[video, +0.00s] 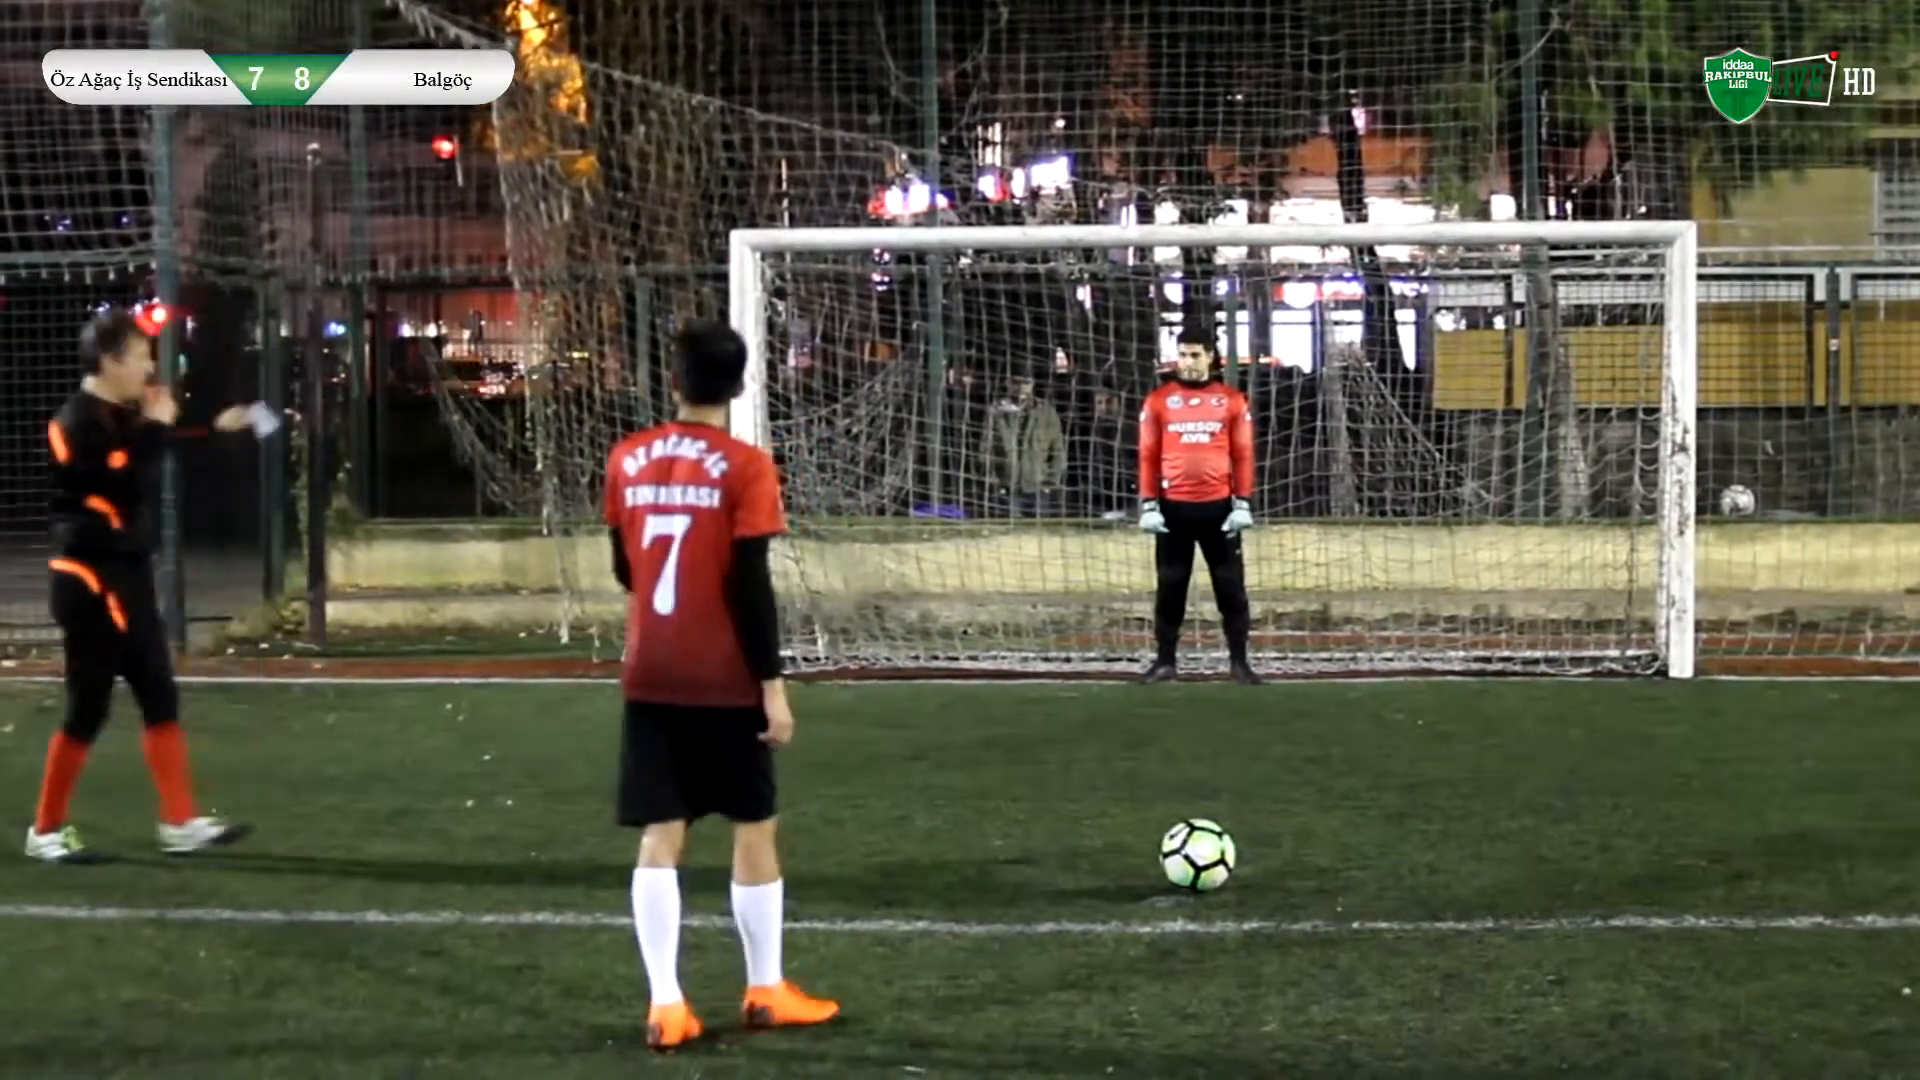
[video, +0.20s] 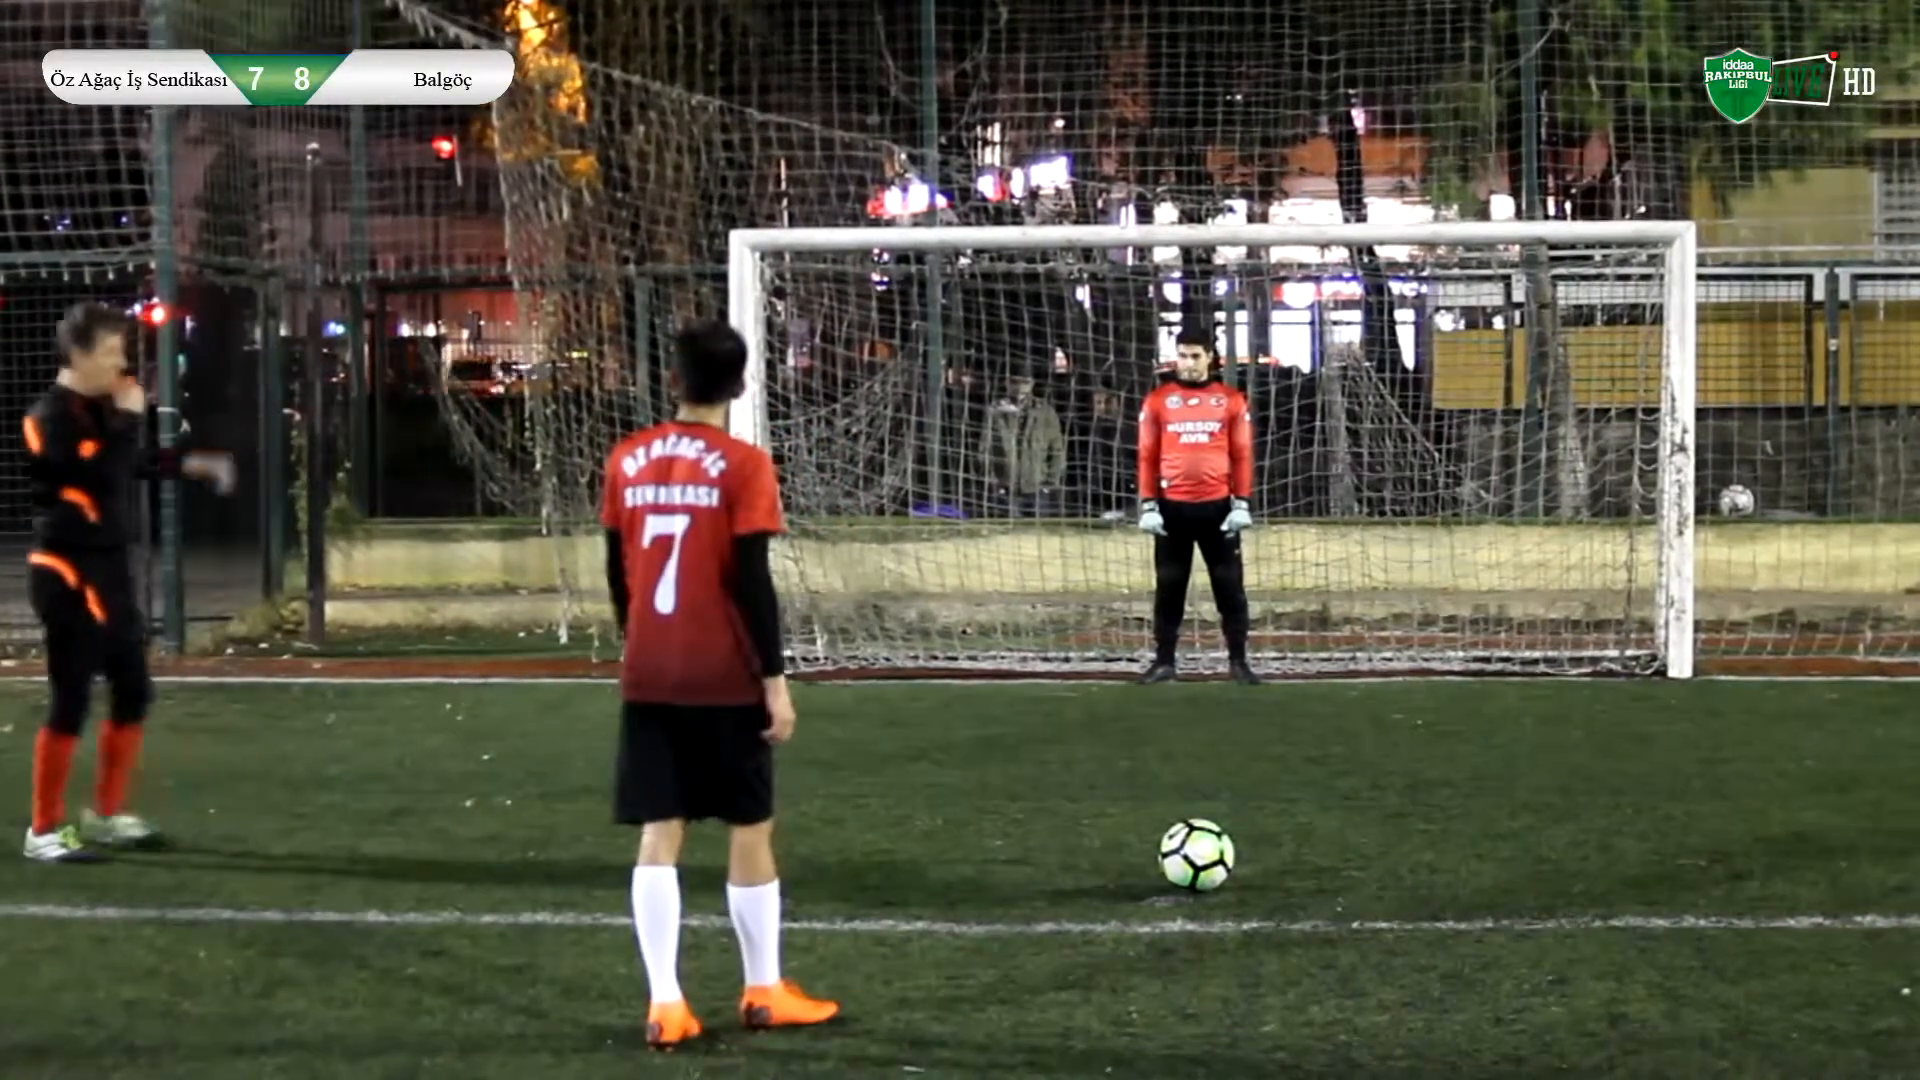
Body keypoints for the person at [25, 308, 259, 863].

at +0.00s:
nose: (149, 370)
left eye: (149, 359)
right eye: (140, 359)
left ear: (124, 362)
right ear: (106, 363)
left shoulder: (126, 415)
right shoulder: (75, 422)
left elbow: (166, 436)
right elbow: (117, 491)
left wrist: (221, 425)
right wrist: (155, 429)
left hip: (128, 575)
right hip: (85, 577)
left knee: (159, 695)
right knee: (88, 706)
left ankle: (180, 820)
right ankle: (47, 829)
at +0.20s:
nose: (123, 365)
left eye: (124, 355)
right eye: (115, 354)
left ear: (107, 359)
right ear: (80, 355)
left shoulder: (107, 411)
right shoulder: (49, 415)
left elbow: (135, 464)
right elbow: (93, 480)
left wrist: (189, 465)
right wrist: (126, 420)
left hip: (109, 568)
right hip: (65, 569)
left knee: (132, 689)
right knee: (70, 696)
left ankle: (108, 813)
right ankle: (45, 829)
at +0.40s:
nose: (97, 364)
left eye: (99, 353)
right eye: (89, 353)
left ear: (80, 355)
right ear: (57, 355)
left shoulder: (81, 412)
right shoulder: (27, 417)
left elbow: (100, 488)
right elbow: (75, 487)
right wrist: (103, 418)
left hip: (86, 565)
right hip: (46, 567)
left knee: (94, 694)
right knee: (65, 695)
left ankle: (47, 806)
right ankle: (42, 832)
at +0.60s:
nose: (78, 368)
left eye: (81, 357)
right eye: (69, 358)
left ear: (75, 359)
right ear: (37, 358)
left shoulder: (70, 411)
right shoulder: (18, 415)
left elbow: (78, 492)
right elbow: (44, 485)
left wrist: (119, 520)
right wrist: (79, 420)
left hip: (69, 568)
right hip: (31, 570)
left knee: (49, 692)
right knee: (63, 697)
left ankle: (6, 779)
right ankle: (42, 829)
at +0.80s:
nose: (63, 375)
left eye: (67, 365)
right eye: (54, 365)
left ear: (66, 366)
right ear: (23, 365)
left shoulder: (58, 418)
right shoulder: (10, 419)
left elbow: (66, 499)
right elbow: (21, 499)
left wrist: (103, 527)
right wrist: (65, 437)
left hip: (48, 581)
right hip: (15, 582)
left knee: (17, 696)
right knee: (51, 695)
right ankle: (42, 828)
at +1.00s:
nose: (55, 380)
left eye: (57, 369)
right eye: (46, 368)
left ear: (48, 369)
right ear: (14, 367)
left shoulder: (34, 425)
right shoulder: (9, 426)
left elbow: (40, 503)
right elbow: (14, 514)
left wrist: (80, 531)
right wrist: (61, 469)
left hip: (29, 579)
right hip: (8, 583)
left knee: (23, 691)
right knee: (26, 690)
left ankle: (37, 821)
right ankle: (35, 822)